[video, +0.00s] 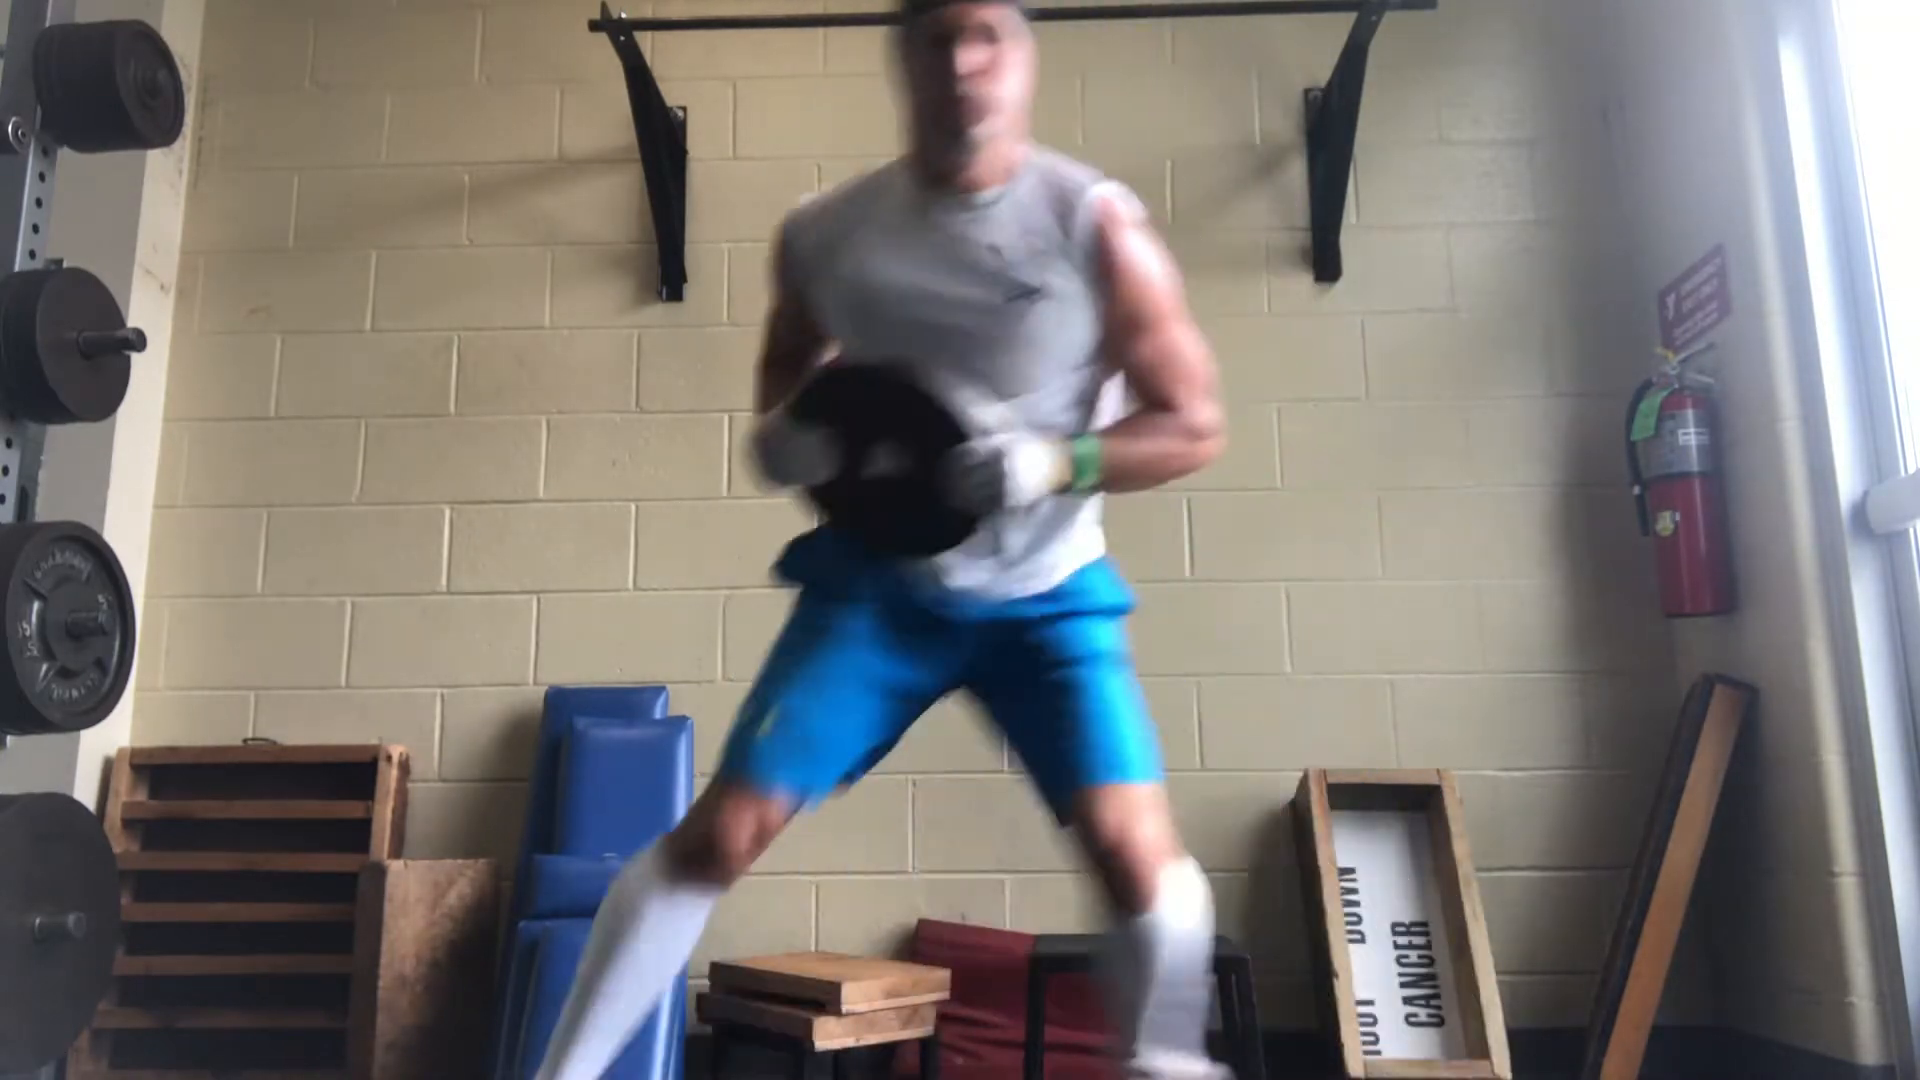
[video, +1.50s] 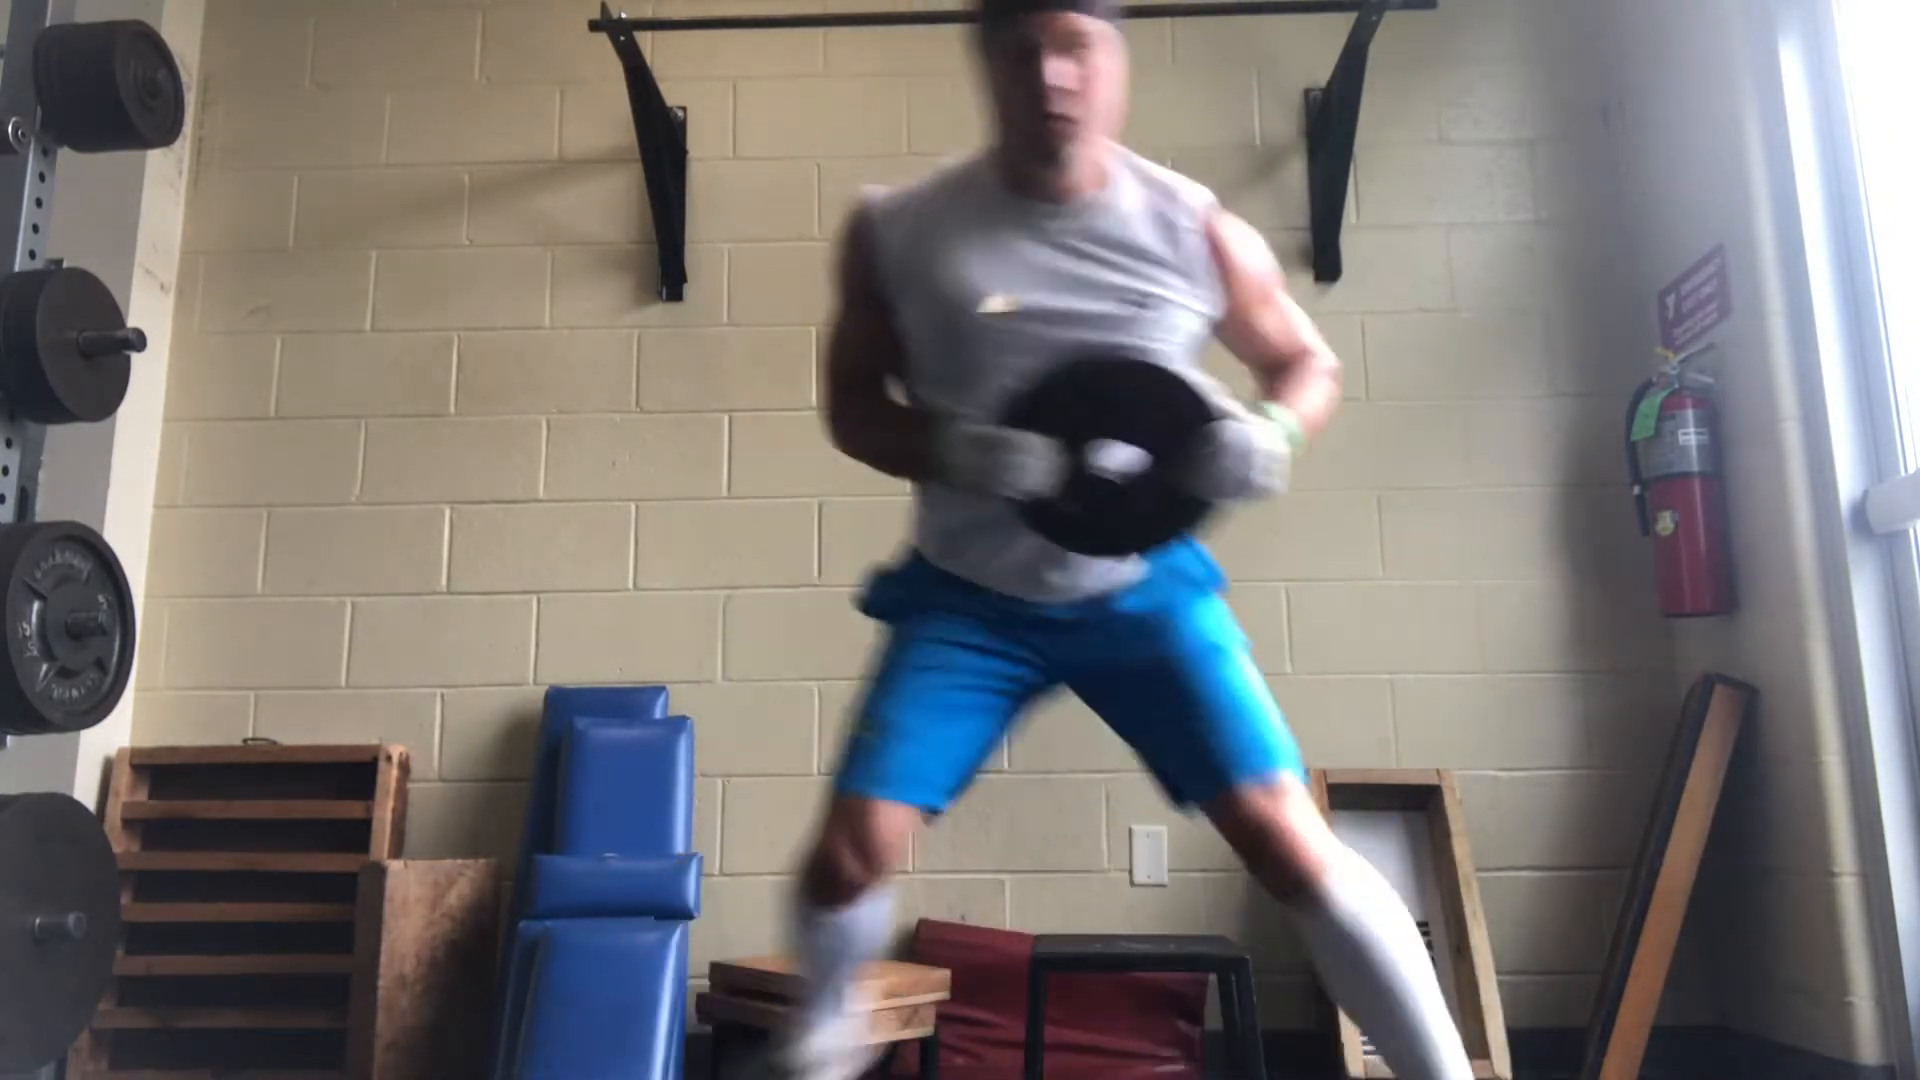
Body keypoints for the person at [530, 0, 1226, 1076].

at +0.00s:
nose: (965, 62)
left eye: (989, 36)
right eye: (938, 38)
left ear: (1028, 59)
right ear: (903, 63)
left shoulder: (1097, 225)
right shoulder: (823, 243)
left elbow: (1194, 427)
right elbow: (775, 438)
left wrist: (1052, 463)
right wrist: (793, 449)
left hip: (1051, 599)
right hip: (877, 594)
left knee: (1135, 856)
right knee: (724, 832)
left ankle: (1166, 1074)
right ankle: (560, 1075)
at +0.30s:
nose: (874, 131)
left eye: (897, 106)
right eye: (848, 111)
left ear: (941, 125)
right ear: (819, 137)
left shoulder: (1033, 281)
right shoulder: (755, 317)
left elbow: (1175, 444)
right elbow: (738, 459)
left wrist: (1056, 507)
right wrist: (769, 519)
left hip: (1007, 655)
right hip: (827, 662)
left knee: (1088, 888)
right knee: (681, 906)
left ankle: (1108, 1005)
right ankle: (555, 1075)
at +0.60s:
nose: (1242, 145)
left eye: (1267, 122)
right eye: (1214, 119)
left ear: (1300, 147)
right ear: (1168, 135)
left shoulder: (1347, 329)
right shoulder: (1053, 303)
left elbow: (1418, 469)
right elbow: (980, 499)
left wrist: (1422, 538)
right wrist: (1124, 557)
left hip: (1262, 668)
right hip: (1082, 678)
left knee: (1387, 878)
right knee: (1032, 956)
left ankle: (1515, 1074)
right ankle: (1094, 982)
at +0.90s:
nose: (1105, 68)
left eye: (1131, 42)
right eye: (1080, 41)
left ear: (1169, 67)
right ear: (1039, 57)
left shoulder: (1214, 235)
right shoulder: (930, 201)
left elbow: (1285, 441)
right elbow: (857, 333)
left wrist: (1134, 453)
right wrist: (892, 415)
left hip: (1131, 592)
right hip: (951, 564)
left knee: (1253, 843)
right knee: (782, 741)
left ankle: (1403, 1065)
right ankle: (687, 990)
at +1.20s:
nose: (787, 170)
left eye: (812, 138)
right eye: (758, 145)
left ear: (855, 145)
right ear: (725, 168)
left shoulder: (965, 304)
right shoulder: (708, 343)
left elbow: (1098, 482)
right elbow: (709, 496)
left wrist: (955, 552)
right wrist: (698, 569)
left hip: (945, 678)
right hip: (781, 671)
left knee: (887, 923)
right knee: (667, 899)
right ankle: (586, 1079)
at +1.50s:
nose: (1050, 76)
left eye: (1075, 47)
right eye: (1023, 50)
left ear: (1117, 65)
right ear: (987, 69)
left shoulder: (1198, 234)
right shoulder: (896, 235)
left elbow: (1311, 366)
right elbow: (852, 410)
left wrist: (1270, 431)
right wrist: (952, 453)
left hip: (1148, 596)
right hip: (967, 601)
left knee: (1286, 841)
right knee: (854, 850)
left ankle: (1448, 1070)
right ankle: (823, 1044)